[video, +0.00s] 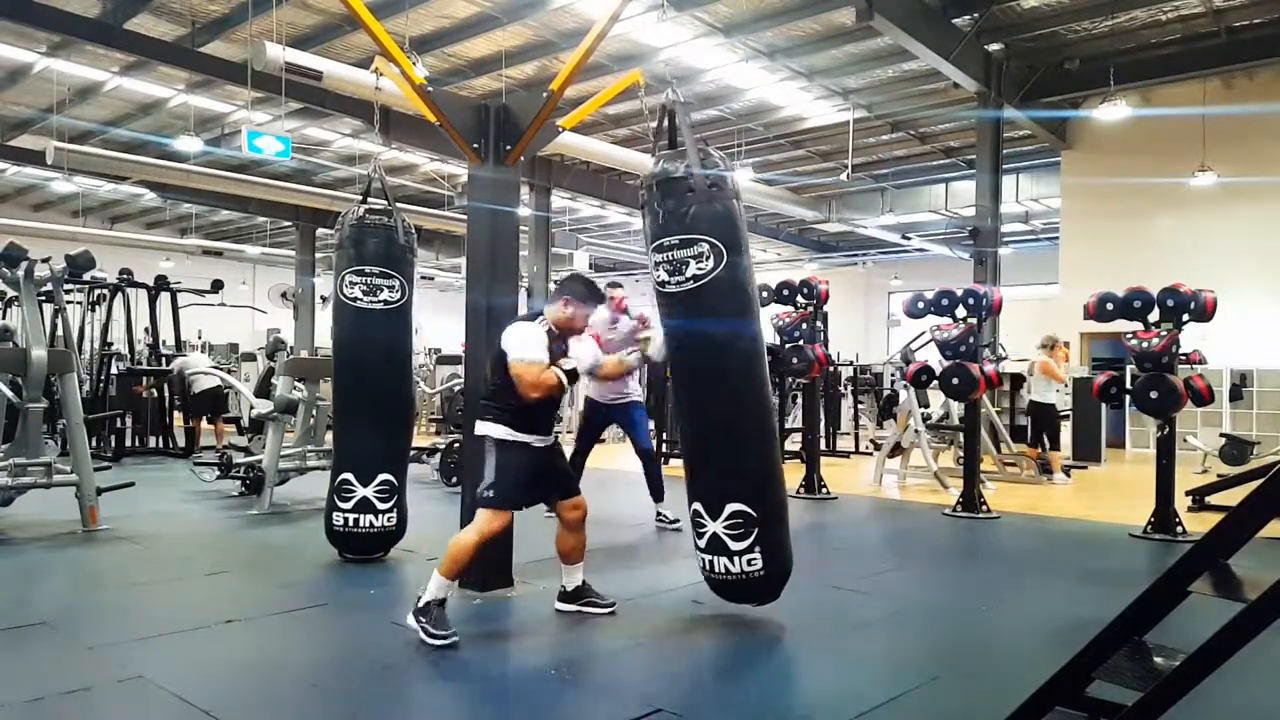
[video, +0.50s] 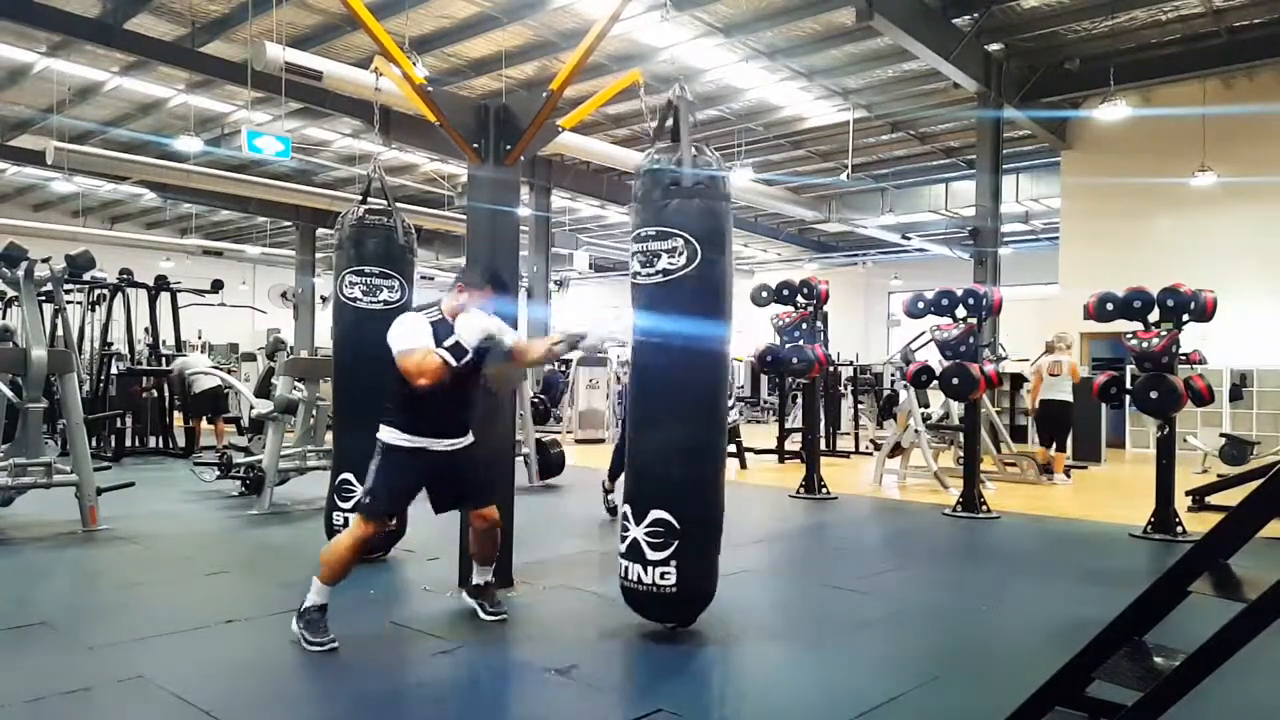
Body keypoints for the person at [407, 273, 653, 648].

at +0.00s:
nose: (588, 324)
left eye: (591, 318)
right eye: (586, 316)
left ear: (570, 308)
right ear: (565, 305)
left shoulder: (571, 342)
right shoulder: (523, 333)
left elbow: (604, 369)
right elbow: (532, 387)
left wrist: (638, 355)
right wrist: (574, 368)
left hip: (544, 444)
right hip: (504, 442)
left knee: (574, 511)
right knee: (492, 522)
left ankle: (572, 590)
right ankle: (429, 603)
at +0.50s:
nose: (486, 309)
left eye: (490, 304)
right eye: (482, 301)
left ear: (487, 300)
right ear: (461, 291)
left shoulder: (482, 324)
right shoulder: (410, 324)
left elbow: (525, 351)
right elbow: (422, 374)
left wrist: (556, 343)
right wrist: (465, 341)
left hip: (456, 448)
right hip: (402, 448)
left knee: (487, 520)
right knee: (366, 529)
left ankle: (481, 586)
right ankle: (312, 608)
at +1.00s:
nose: (472, 303)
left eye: (474, 295)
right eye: (468, 294)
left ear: (458, 290)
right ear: (441, 284)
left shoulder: (461, 325)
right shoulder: (392, 318)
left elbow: (507, 348)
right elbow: (383, 377)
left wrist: (552, 339)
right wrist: (439, 395)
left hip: (432, 445)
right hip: (379, 445)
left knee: (464, 518)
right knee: (349, 532)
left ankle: (482, 603)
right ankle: (311, 609)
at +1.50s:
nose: (534, 312)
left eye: (539, 305)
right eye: (535, 302)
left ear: (517, 292)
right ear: (515, 287)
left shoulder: (497, 326)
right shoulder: (469, 314)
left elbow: (497, 380)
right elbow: (485, 379)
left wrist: (537, 372)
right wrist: (524, 347)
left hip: (482, 442)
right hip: (439, 437)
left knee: (496, 525)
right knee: (430, 534)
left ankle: (484, 610)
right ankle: (373, 644)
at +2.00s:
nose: (510, 279)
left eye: (512, 269)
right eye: (509, 268)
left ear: (473, 259)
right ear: (488, 262)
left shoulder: (434, 299)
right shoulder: (473, 305)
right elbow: (493, 377)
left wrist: (512, 386)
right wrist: (532, 393)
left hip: (425, 449)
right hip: (443, 454)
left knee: (486, 539)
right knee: (436, 567)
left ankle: (423, 636)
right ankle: (376, 690)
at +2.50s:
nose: (518, 246)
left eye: (517, 236)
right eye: (516, 235)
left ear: (475, 235)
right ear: (496, 235)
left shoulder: (444, 278)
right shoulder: (488, 278)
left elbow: (450, 355)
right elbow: (508, 352)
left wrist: (523, 372)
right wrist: (540, 365)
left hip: (443, 425)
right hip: (466, 428)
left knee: (476, 536)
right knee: (476, 543)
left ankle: (460, 633)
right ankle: (423, 669)